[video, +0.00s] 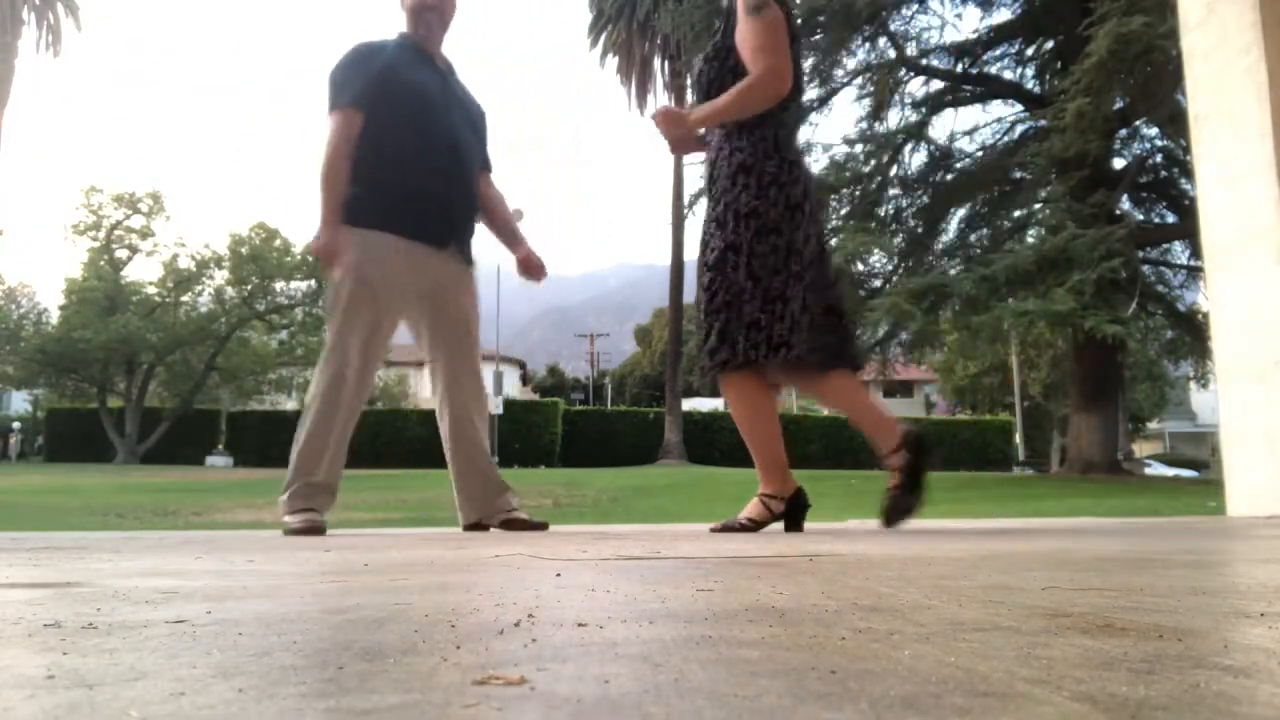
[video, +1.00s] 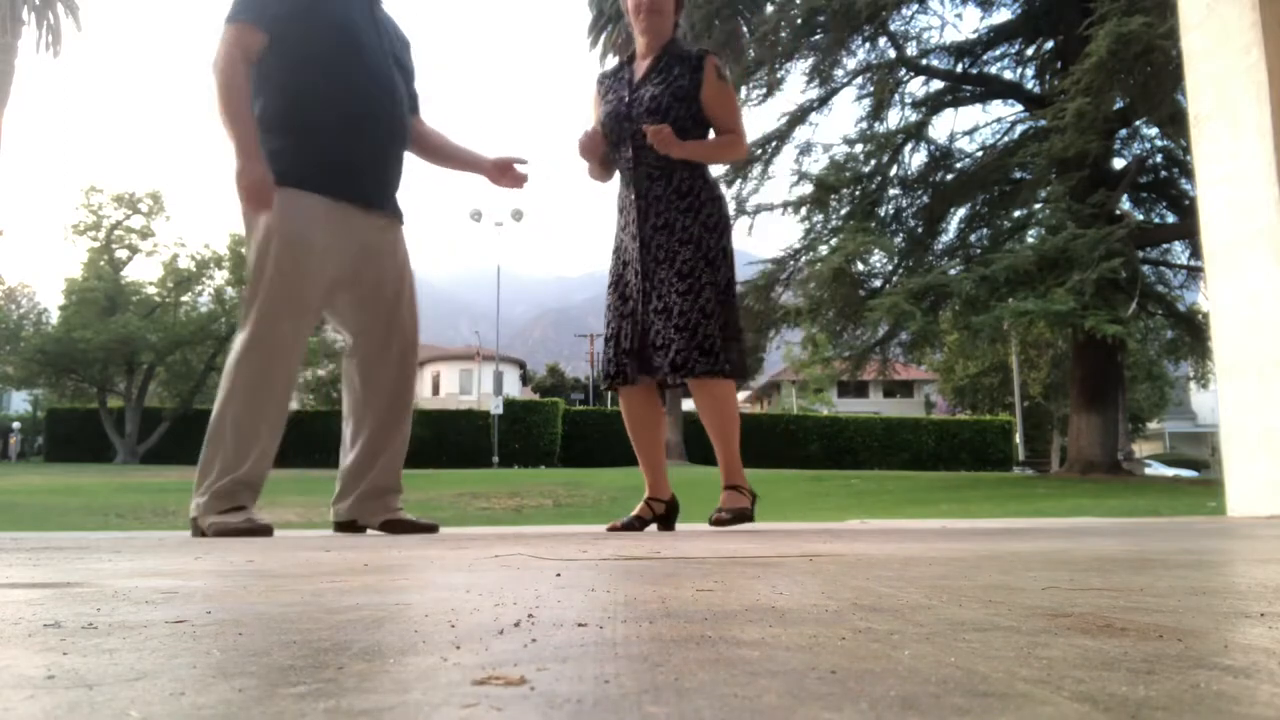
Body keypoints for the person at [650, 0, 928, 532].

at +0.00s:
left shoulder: (751, 5)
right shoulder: (735, 25)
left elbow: (774, 77)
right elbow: (757, 115)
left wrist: (695, 117)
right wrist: (698, 140)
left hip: (752, 186)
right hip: (769, 187)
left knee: (731, 343)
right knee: (786, 345)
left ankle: (777, 490)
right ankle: (896, 442)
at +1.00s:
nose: (642, 5)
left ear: (676, 7)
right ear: (623, 9)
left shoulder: (700, 67)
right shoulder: (610, 82)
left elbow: (736, 146)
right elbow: (605, 170)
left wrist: (681, 148)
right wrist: (594, 151)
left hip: (691, 220)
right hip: (635, 224)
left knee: (700, 349)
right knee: (629, 358)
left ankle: (734, 487)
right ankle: (658, 496)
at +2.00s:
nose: (690, 5)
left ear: (726, 7)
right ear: (671, 9)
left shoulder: (748, 61)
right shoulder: (666, 82)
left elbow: (787, 134)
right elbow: (661, 170)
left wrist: (733, 125)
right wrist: (628, 147)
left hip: (744, 223)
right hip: (689, 226)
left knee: (745, 350)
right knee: (663, 346)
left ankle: (742, 494)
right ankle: (682, 487)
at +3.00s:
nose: (657, 9)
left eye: (668, 1)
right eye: (658, 2)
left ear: (702, 9)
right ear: (671, 14)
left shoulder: (731, 65)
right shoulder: (664, 91)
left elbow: (767, 141)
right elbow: (623, 166)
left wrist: (719, 123)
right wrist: (576, 142)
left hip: (733, 227)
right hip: (682, 235)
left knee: (743, 359)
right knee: (668, 364)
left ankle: (758, 495)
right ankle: (689, 496)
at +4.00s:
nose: (698, 13)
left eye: (709, 4)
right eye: (699, 5)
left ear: (742, 12)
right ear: (719, 17)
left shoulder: (794, 69)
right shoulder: (712, 98)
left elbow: (844, 134)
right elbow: (657, 152)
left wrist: (814, 136)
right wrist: (589, 115)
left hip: (806, 225)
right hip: (753, 238)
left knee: (771, 335)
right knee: (733, 363)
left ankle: (821, 479)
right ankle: (765, 495)